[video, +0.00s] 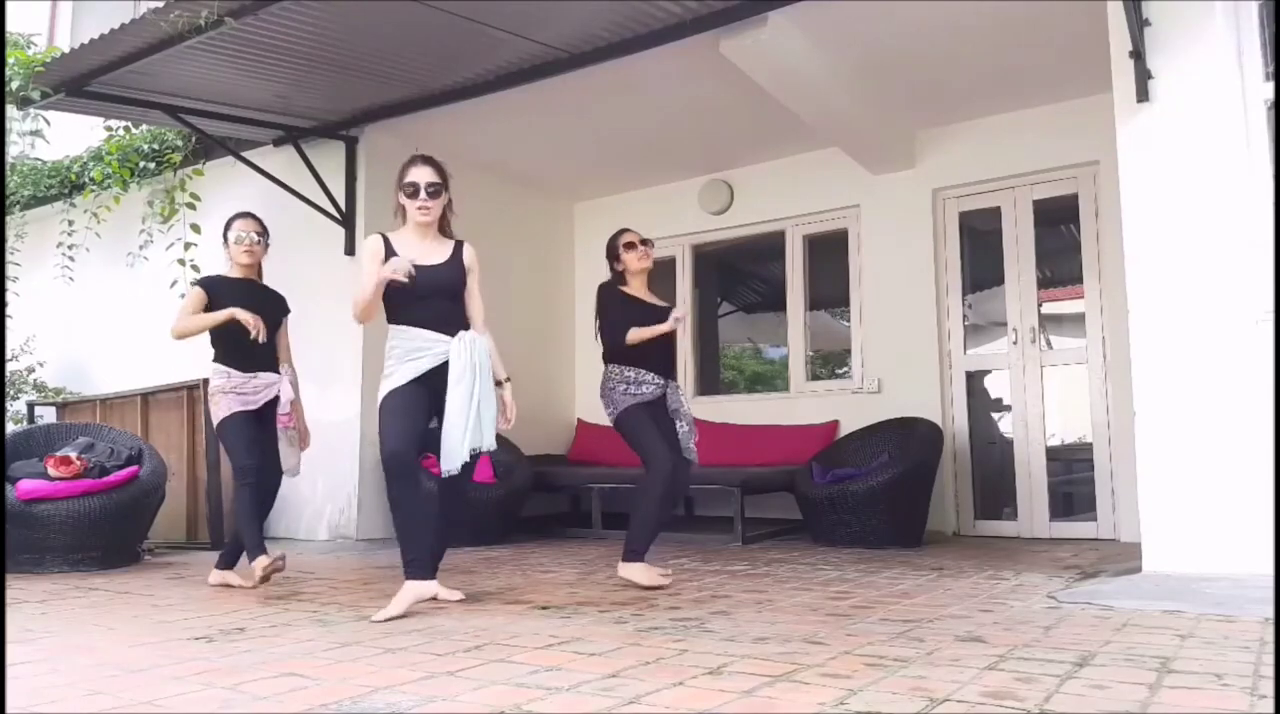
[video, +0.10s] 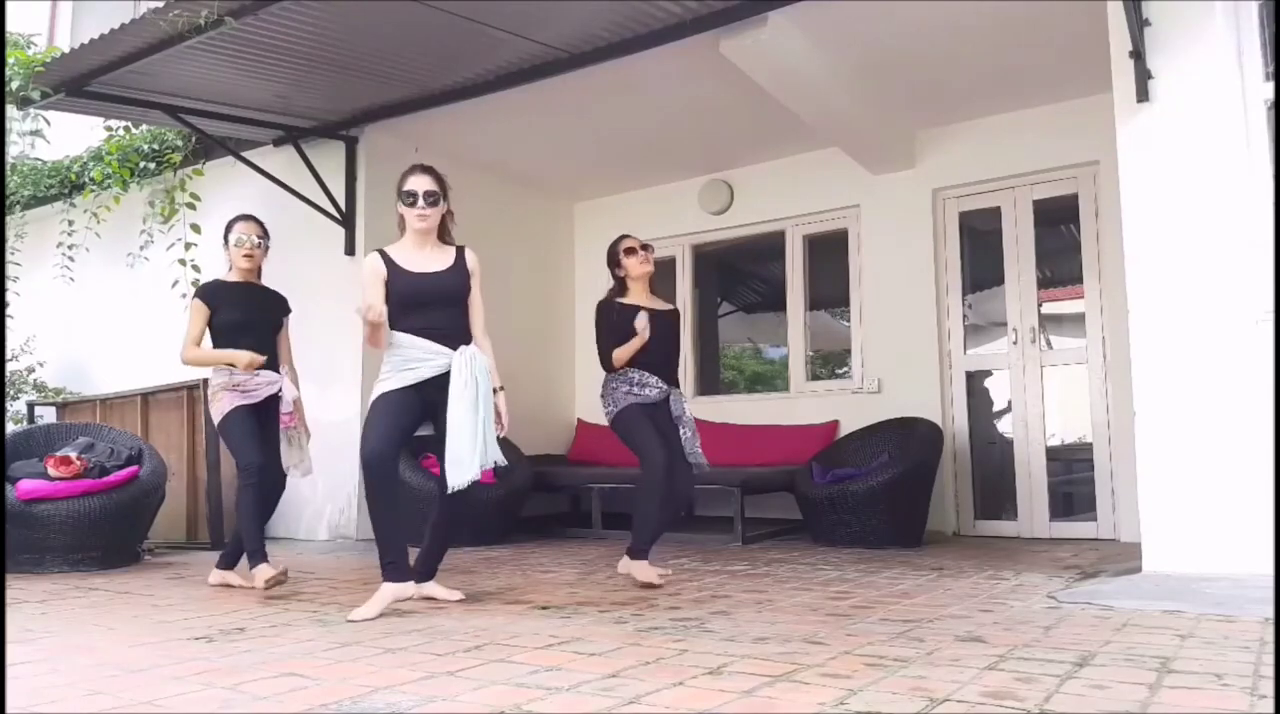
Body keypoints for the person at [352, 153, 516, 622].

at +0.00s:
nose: (423, 197)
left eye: (433, 189)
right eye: (413, 190)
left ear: (446, 197)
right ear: (400, 197)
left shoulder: (463, 253)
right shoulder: (380, 245)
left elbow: (479, 325)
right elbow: (363, 314)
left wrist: (502, 381)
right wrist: (380, 277)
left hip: (460, 368)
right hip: (407, 367)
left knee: (453, 472)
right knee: (396, 454)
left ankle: (428, 575)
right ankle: (417, 576)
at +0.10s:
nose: (421, 205)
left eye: (430, 198)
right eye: (411, 197)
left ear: (444, 205)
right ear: (399, 205)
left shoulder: (465, 259)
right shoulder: (379, 261)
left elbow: (479, 333)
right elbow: (375, 345)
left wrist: (497, 389)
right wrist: (374, 320)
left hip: (460, 376)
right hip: (403, 376)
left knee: (460, 478)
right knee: (375, 453)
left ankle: (426, 576)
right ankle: (395, 578)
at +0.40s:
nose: (418, 196)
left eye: (428, 188)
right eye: (409, 189)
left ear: (443, 196)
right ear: (398, 198)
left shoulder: (466, 252)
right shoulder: (382, 252)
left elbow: (482, 324)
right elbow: (343, 318)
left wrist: (504, 379)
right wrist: (336, 282)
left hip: (457, 373)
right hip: (401, 373)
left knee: (457, 486)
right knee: (358, 451)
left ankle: (423, 576)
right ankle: (380, 576)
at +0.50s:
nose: (418, 188)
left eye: (428, 180)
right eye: (408, 182)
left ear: (444, 185)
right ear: (399, 190)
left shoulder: (468, 244)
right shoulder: (384, 244)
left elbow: (484, 314)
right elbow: (333, 288)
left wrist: (505, 368)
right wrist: (330, 301)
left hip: (453, 362)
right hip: (397, 361)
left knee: (454, 472)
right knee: (383, 453)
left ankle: (423, 576)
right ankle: (360, 576)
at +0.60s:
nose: (416, 182)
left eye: (425, 172)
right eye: (406, 176)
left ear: (445, 176)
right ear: (399, 185)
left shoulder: (472, 237)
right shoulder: (389, 238)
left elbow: (487, 306)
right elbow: (344, 297)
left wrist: (506, 358)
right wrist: (323, 356)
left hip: (452, 360)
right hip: (396, 357)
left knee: (446, 465)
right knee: (399, 449)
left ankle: (422, 576)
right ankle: (349, 571)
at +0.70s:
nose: (410, 182)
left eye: (419, 171)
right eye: (401, 175)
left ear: (441, 172)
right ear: (396, 181)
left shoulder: (471, 233)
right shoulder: (390, 232)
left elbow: (487, 297)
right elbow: (363, 299)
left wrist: (512, 348)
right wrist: (344, 360)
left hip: (453, 358)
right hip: (400, 354)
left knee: (444, 466)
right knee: (400, 447)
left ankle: (423, 575)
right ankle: (351, 568)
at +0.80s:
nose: (410, 181)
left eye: (420, 171)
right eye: (402, 175)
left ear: (442, 173)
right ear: (395, 182)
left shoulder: (471, 231)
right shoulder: (389, 233)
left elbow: (490, 297)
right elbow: (374, 303)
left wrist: (515, 346)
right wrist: (363, 359)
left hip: (456, 356)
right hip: (402, 354)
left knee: (445, 463)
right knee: (397, 448)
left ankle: (436, 573)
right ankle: (351, 567)